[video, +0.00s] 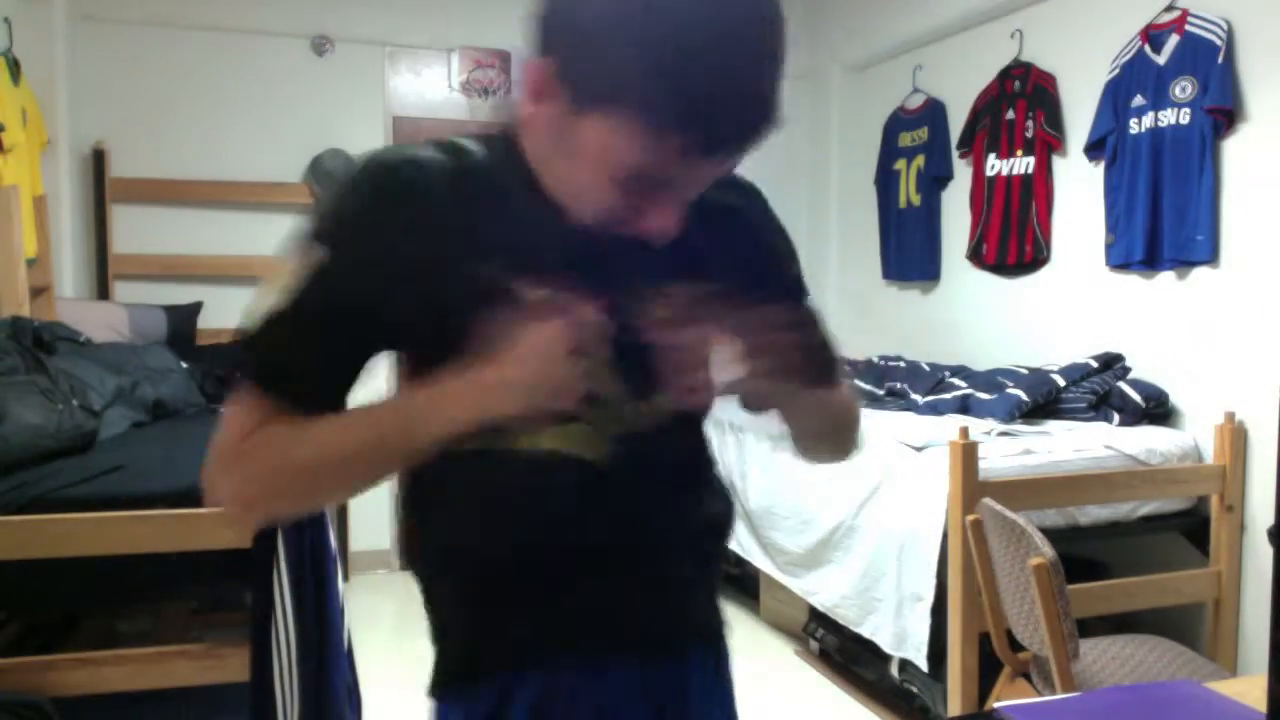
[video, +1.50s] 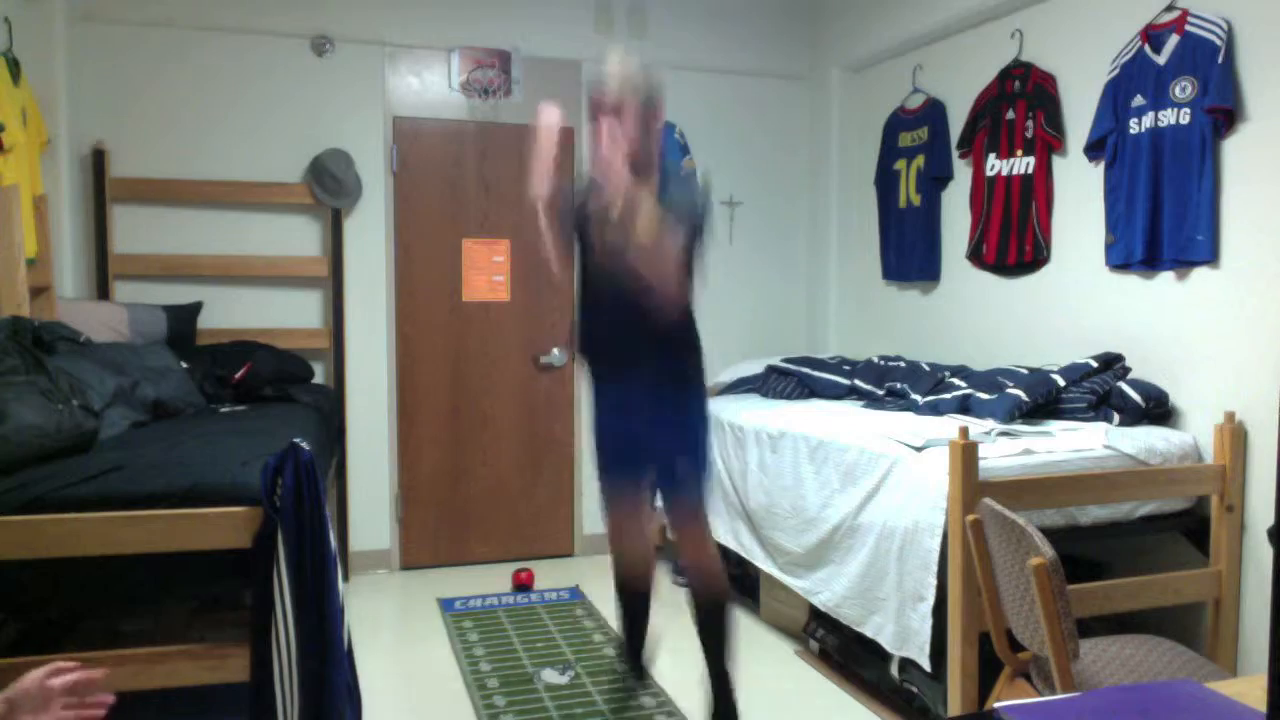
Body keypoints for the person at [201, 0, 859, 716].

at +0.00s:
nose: (666, 226)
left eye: (700, 192)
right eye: (640, 185)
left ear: (726, 151)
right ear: (540, 95)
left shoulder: (727, 218)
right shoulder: (411, 206)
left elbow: (836, 436)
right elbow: (242, 480)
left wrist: (774, 378)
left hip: (681, 667)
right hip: (501, 678)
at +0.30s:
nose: (830, 174)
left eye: (836, 143)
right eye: (822, 140)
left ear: (758, 118)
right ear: (747, 115)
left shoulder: (777, 258)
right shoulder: (555, 243)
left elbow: (841, 401)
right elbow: (358, 364)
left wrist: (918, 419)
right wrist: (498, 408)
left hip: (742, 676)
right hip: (600, 682)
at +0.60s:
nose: (859, 72)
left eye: (857, 53)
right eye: (856, 51)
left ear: (755, 55)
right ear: (827, 49)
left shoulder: (694, 163)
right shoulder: (847, 163)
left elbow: (651, 329)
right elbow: (868, 347)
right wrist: (808, 311)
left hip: (689, 476)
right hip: (789, 480)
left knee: (715, 669)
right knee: (801, 684)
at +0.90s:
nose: (675, 209)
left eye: (682, 195)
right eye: (675, 194)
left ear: (718, 199)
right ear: (732, 200)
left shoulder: (704, 290)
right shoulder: (811, 283)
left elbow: (714, 443)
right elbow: (843, 406)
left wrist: (663, 462)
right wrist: (774, 425)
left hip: (746, 532)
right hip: (820, 521)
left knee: (679, 681)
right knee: (804, 671)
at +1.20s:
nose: (602, 185)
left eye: (619, 170)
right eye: (597, 169)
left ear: (658, 174)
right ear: (590, 170)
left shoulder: (675, 249)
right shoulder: (638, 247)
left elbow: (764, 340)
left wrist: (688, 409)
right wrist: (644, 402)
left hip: (719, 474)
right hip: (675, 467)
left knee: (684, 655)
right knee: (646, 597)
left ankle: (730, 718)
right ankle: (694, 695)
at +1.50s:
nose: (610, 125)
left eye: (623, 112)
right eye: (601, 111)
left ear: (653, 115)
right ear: (590, 116)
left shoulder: (677, 187)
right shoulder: (585, 191)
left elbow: (671, 284)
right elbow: (562, 270)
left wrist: (626, 192)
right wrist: (543, 192)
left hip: (674, 378)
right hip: (614, 377)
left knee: (690, 529)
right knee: (625, 526)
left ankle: (722, 694)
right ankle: (632, 664)